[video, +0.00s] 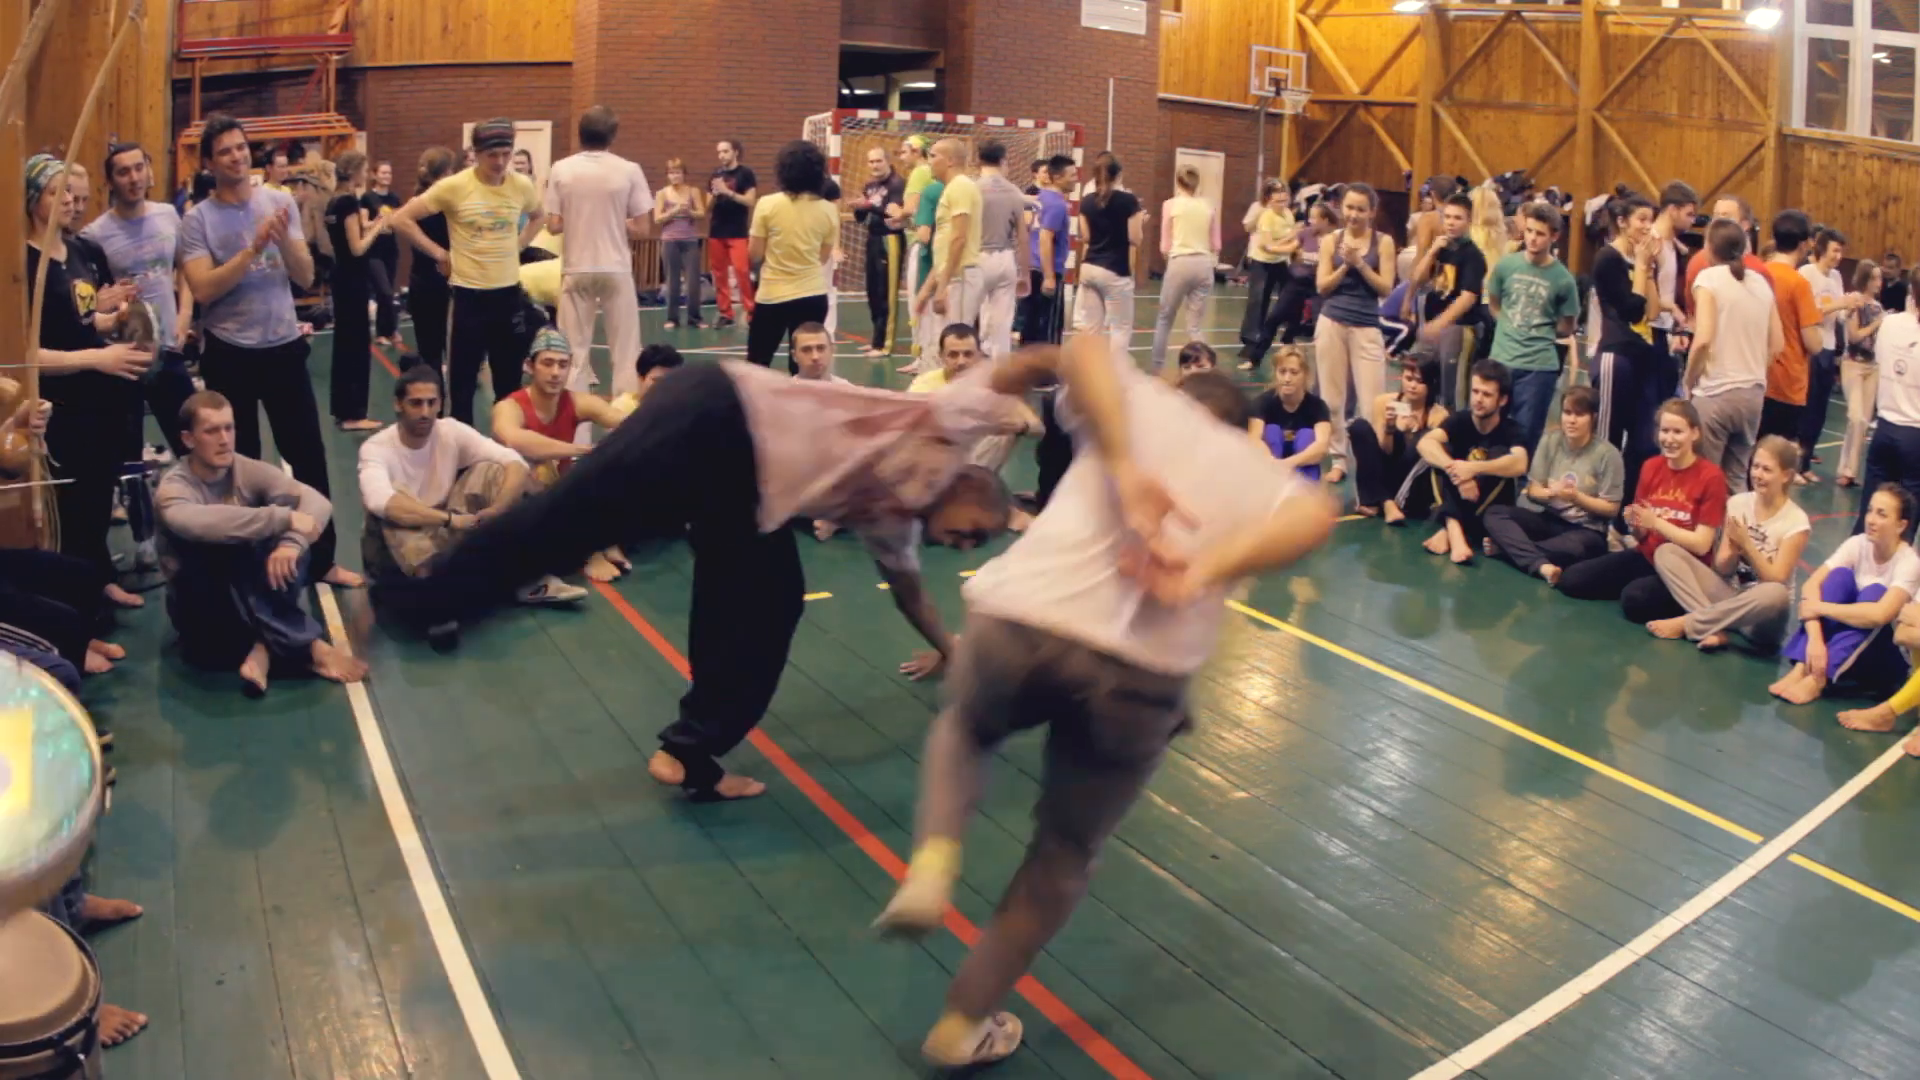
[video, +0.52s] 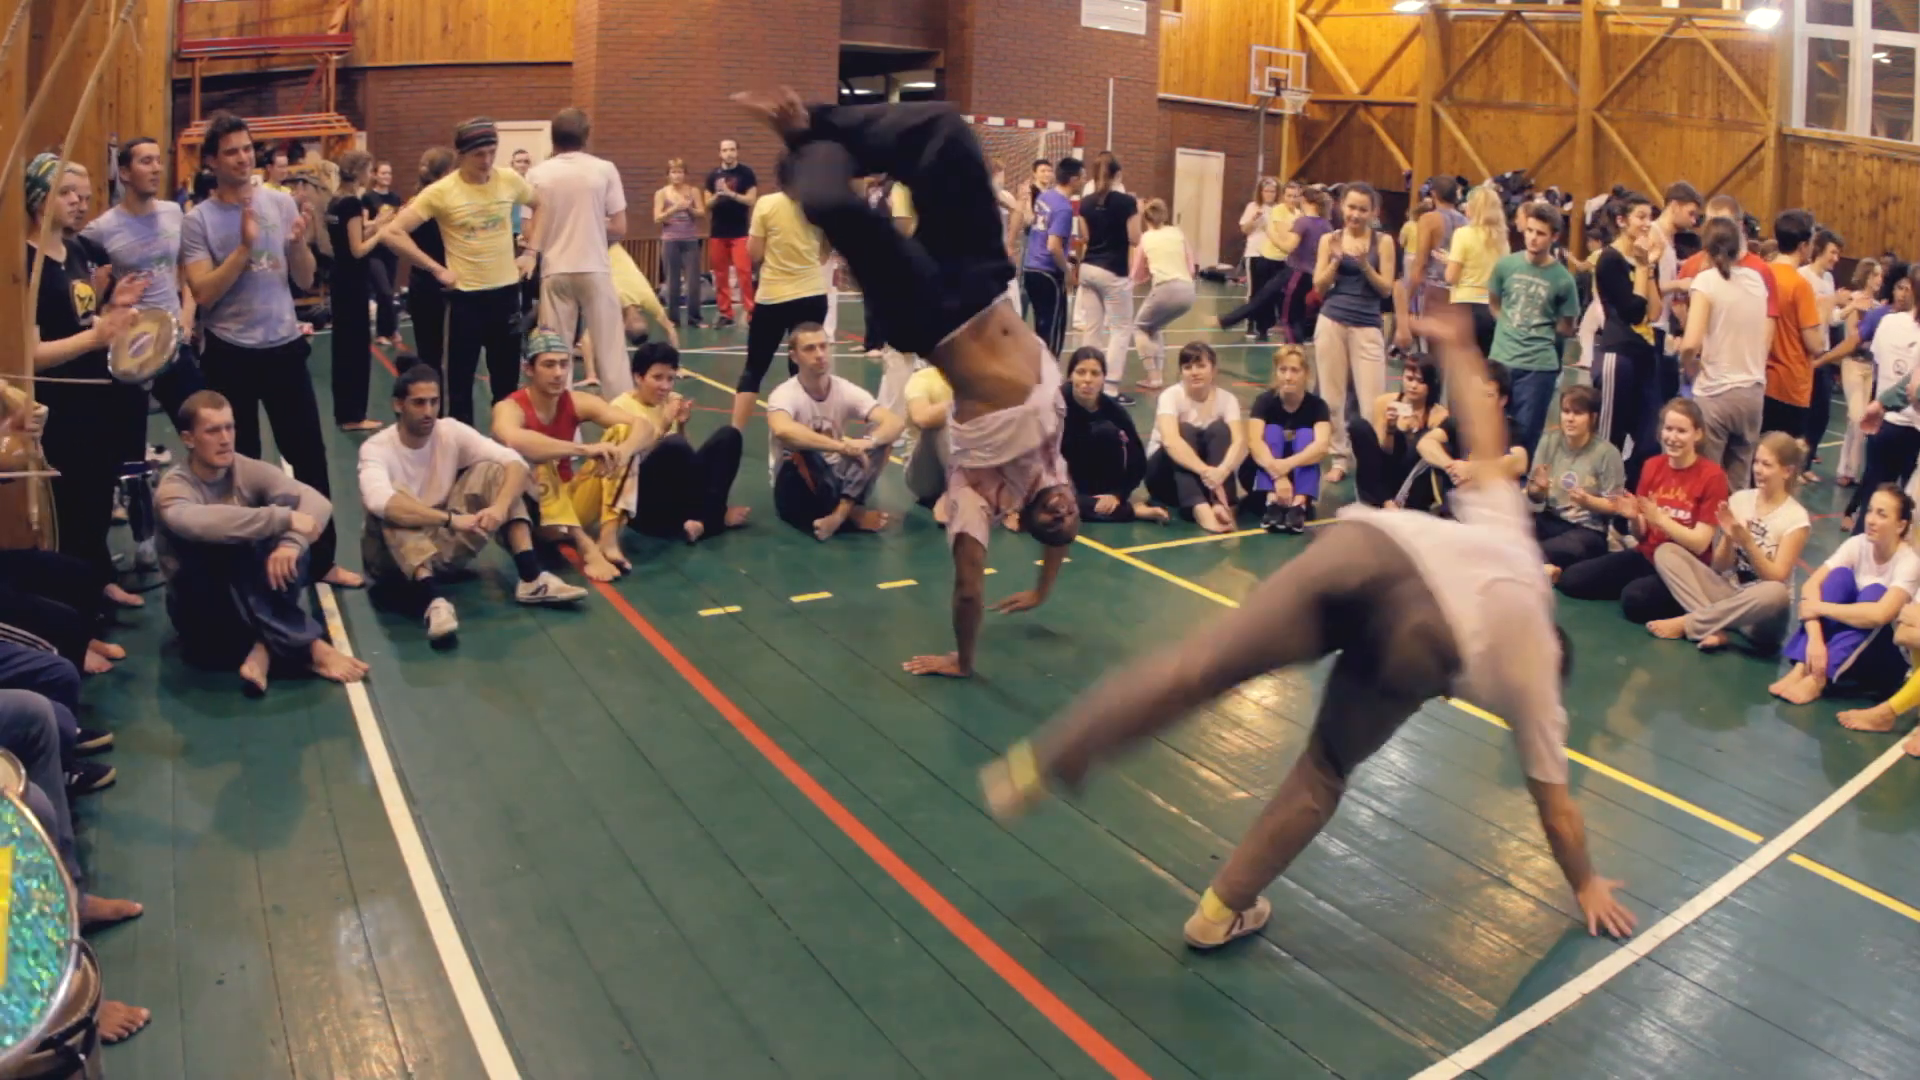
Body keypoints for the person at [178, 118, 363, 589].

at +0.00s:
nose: (237, 156)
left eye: (241, 147)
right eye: (226, 152)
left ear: (251, 151)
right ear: (208, 162)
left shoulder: (279, 200)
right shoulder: (197, 218)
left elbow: (305, 278)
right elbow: (203, 290)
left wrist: (284, 236)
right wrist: (252, 249)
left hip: (283, 347)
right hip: (227, 351)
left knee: (309, 458)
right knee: (240, 462)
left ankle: (323, 563)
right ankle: (249, 567)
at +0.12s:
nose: (237, 157)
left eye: (241, 148)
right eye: (225, 152)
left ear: (251, 152)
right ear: (208, 162)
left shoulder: (280, 201)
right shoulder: (197, 219)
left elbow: (306, 280)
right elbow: (202, 292)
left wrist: (300, 245)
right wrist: (243, 243)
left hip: (283, 347)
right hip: (228, 351)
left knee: (310, 458)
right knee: (240, 462)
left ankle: (323, 563)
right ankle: (250, 568)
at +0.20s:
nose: (238, 157)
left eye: (243, 148)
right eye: (226, 152)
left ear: (252, 152)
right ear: (209, 162)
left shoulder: (278, 200)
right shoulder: (197, 219)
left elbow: (306, 280)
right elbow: (204, 291)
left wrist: (294, 240)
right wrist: (248, 245)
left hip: (284, 346)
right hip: (228, 351)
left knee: (310, 457)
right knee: (241, 461)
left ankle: (323, 563)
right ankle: (250, 567)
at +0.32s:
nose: (239, 158)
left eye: (244, 149)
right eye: (228, 152)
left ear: (253, 153)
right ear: (210, 161)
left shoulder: (279, 202)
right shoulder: (197, 219)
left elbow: (305, 277)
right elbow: (205, 291)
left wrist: (281, 236)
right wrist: (256, 252)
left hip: (283, 347)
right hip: (228, 351)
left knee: (309, 457)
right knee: (240, 461)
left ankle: (323, 563)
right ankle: (250, 566)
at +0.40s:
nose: (240, 159)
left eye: (245, 149)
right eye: (229, 152)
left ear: (253, 153)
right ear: (210, 161)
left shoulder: (278, 202)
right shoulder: (197, 220)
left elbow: (306, 280)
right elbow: (204, 292)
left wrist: (289, 236)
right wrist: (253, 250)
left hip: (284, 346)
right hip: (228, 351)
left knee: (310, 456)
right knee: (240, 461)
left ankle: (323, 564)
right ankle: (250, 567)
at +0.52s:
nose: (243, 158)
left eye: (247, 149)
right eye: (232, 152)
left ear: (255, 153)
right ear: (211, 161)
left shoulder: (279, 202)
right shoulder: (197, 219)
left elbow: (305, 282)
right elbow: (203, 293)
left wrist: (298, 243)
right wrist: (245, 248)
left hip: (283, 346)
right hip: (228, 350)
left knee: (310, 457)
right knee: (240, 461)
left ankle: (322, 564)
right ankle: (250, 567)